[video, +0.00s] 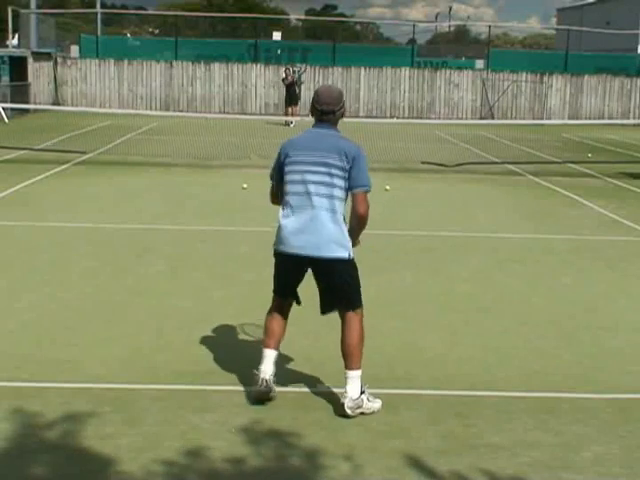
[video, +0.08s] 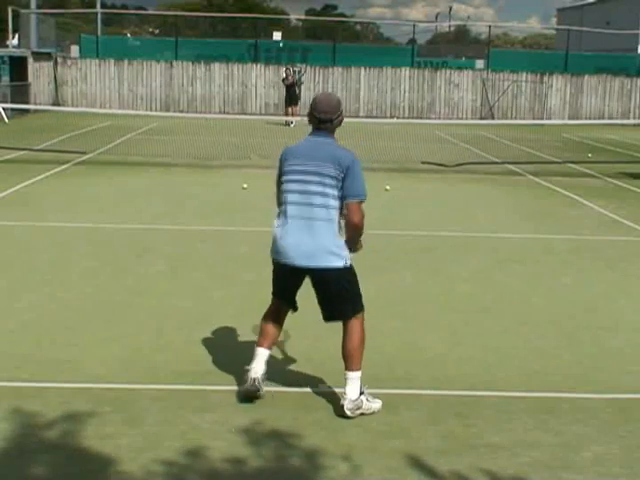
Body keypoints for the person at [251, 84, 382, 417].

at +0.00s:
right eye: (341, 111)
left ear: (311, 112)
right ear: (341, 114)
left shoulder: (289, 146)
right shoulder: (351, 151)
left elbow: (276, 197)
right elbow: (361, 210)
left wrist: (307, 197)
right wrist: (352, 237)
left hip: (290, 243)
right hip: (332, 246)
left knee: (280, 304)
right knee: (351, 311)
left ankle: (265, 373)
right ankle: (353, 394)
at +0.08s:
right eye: (338, 118)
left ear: (310, 119)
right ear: (339, 122)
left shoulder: (288, 154)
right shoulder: (346, 159)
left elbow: (282, 203)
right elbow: (354, 218)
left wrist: (297, 229)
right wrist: (353, 243)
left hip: (286, 249)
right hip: (327, 252)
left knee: (279, 305)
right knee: (353, 316)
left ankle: (255, 370)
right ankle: (353, 395)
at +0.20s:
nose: (329, 124)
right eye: (328, 120)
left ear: (297, 120)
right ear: (326, 124)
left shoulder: (278, 152)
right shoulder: (325, 163)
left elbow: (300, 191)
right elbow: (329, 220)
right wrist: (350, 239)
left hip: (268, 251)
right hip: (306, 256)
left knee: (276, 308)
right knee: (338, 317)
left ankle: (246, 377)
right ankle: (352, 395)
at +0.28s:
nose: (319, 120)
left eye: (313, 115)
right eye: (318, 116)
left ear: (288, 116)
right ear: (315, 120)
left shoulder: (268, 146)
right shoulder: (308, 158)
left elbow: (296, 184)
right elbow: (312, 215)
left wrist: (341, 187)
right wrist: (342, 231)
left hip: (251, 248)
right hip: (287, 254)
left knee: (269, 308)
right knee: (320, 318)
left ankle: (244, 384)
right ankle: (343, 394)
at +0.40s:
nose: (305, 115)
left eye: (297, 110)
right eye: (305, 111)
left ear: (276, 109)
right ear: (304, 114)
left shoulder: (259, 138)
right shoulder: (289, 150)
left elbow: (298, 169)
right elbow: (291, 207)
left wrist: (341, 171)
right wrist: (333, 220)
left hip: (234, 240)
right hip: (265, 246)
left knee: (258, 308)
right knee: (295, 311)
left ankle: (243, 385)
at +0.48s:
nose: (300, 111)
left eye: (293, 106)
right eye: (300, 107)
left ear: (271, 106)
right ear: (298, 111)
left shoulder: (255, 135)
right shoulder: (280, 145)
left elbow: (292, 163)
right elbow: (280, 202)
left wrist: (339, 162)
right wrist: (328, 213)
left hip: (227, 236)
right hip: (254, 244)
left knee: (250, 306)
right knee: (275, 312)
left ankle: (239, 378)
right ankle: (239, 396)